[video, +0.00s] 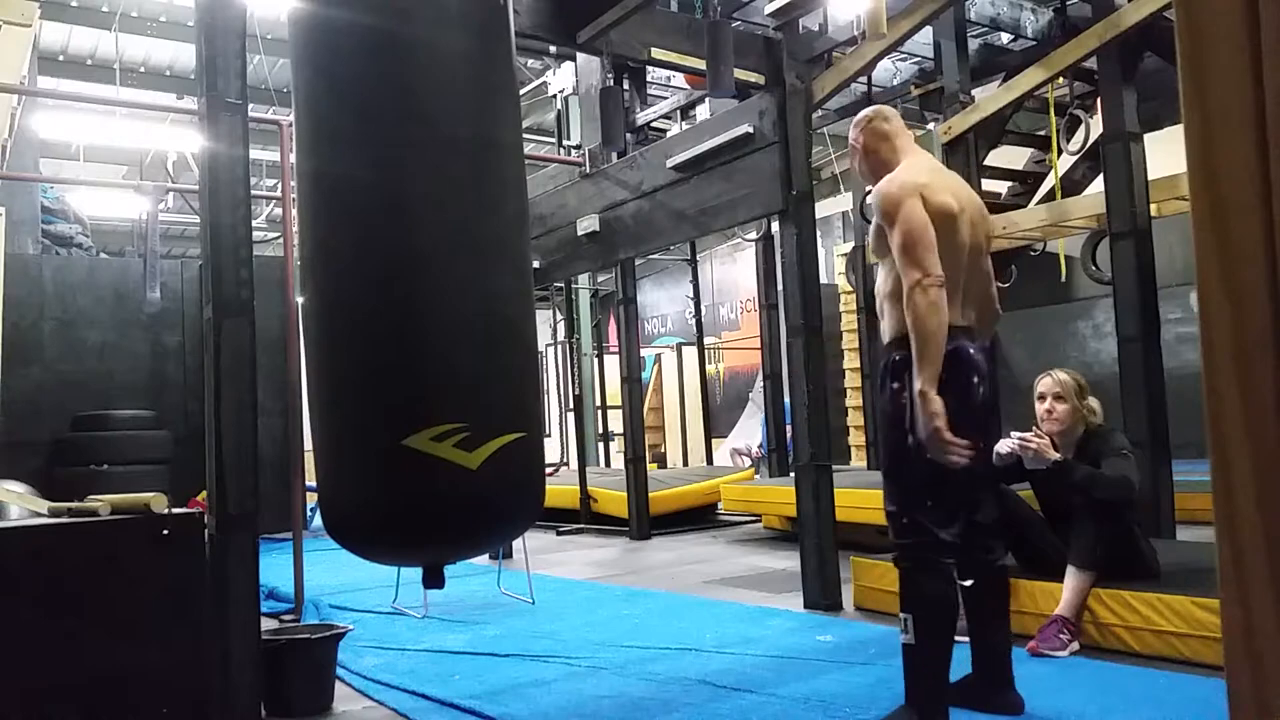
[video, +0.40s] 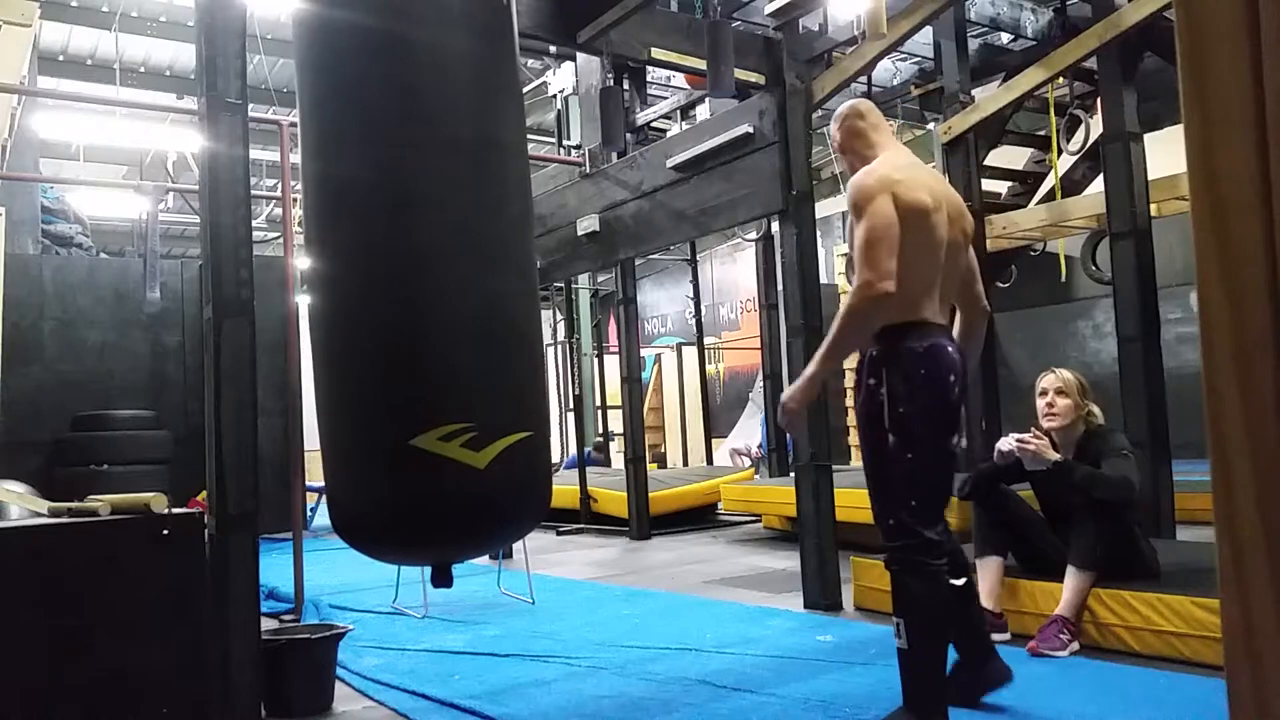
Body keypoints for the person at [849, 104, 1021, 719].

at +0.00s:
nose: (853, 168)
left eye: (851, 155)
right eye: (851, 158)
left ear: (867, 140)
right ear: (904, 136)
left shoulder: (896, 187)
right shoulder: (961, 188)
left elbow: (925, 284)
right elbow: (987, 288)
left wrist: (926, 389)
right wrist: (971, 363)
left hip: (920, 368)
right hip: (971, 365)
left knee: (919, 536)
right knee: (976, 529)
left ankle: (923, 700)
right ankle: (993, 677)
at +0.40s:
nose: (838, 166)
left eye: (836, 156)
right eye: (835, 157)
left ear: (848, 141)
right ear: (887, 131)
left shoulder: (871, 181)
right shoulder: (946, 192)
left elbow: (876, 286)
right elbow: (973, 302)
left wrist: (812, 375)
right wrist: (956, 378)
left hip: (896, 360)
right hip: (941, 357)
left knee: (905, 534)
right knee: (923, 525)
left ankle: (923, 702)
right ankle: (978, 658)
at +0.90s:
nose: (820, 166)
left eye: (819, 149)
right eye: (814, 154)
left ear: (848, 130)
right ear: (870, 128)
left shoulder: (876, 190)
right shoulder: (934, 192)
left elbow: (890, 292)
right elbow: (961, 301)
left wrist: (861, 393)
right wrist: (945, 374)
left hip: (898, 368)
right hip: (937, 364)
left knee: (901, 542)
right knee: (947, 526)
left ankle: (920, 700)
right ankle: (976, 679)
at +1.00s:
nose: (818, 165)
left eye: (819, 147)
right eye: (812, 154)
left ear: (857, 125)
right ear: (866, 128)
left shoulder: (883, 190)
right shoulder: (931, 189)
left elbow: (906, 292)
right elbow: (961, 302)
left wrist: (881, 396)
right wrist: (941, 374)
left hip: (906, 368)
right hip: (943, 365)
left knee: (890, 538)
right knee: (948, 529)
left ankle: (917, 700)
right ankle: (977, 679)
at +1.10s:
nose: (822, 165)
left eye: (824, 147)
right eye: (816, 154)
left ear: (863, 129)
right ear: (867, 132)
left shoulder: (894, 193)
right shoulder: (923, 188)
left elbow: (924, 297)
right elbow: (951, 302)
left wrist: (893, 396)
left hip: (910, 372)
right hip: (940, 370)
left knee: (875, 532)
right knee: (948, 529)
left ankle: (912, 696)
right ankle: (978, 678)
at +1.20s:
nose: (826, 160)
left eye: (832, 144)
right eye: (822, 149)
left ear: (869, 128)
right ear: (869, 132)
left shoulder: (906, 192)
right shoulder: (915, 187)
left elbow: (940, 296)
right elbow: (900, 308)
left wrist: (898, 392)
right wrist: (875, 393)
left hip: (911, 372)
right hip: (933, 368)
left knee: (878, 533)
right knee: (951, 526)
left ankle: (906, 697)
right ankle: (978, 678)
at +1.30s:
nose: (833, 159)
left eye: (841, 144)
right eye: (830, 147)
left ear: (878, 133)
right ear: (873, 135)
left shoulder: (913, 194)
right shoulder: (912, 191)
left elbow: (945, 298)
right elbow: (913, 301)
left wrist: (895, 391)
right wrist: (876, 385)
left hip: (910, 377)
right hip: (926, 373)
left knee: (898, 540)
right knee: (951, 531)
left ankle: (901, 701)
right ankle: (978, 678)